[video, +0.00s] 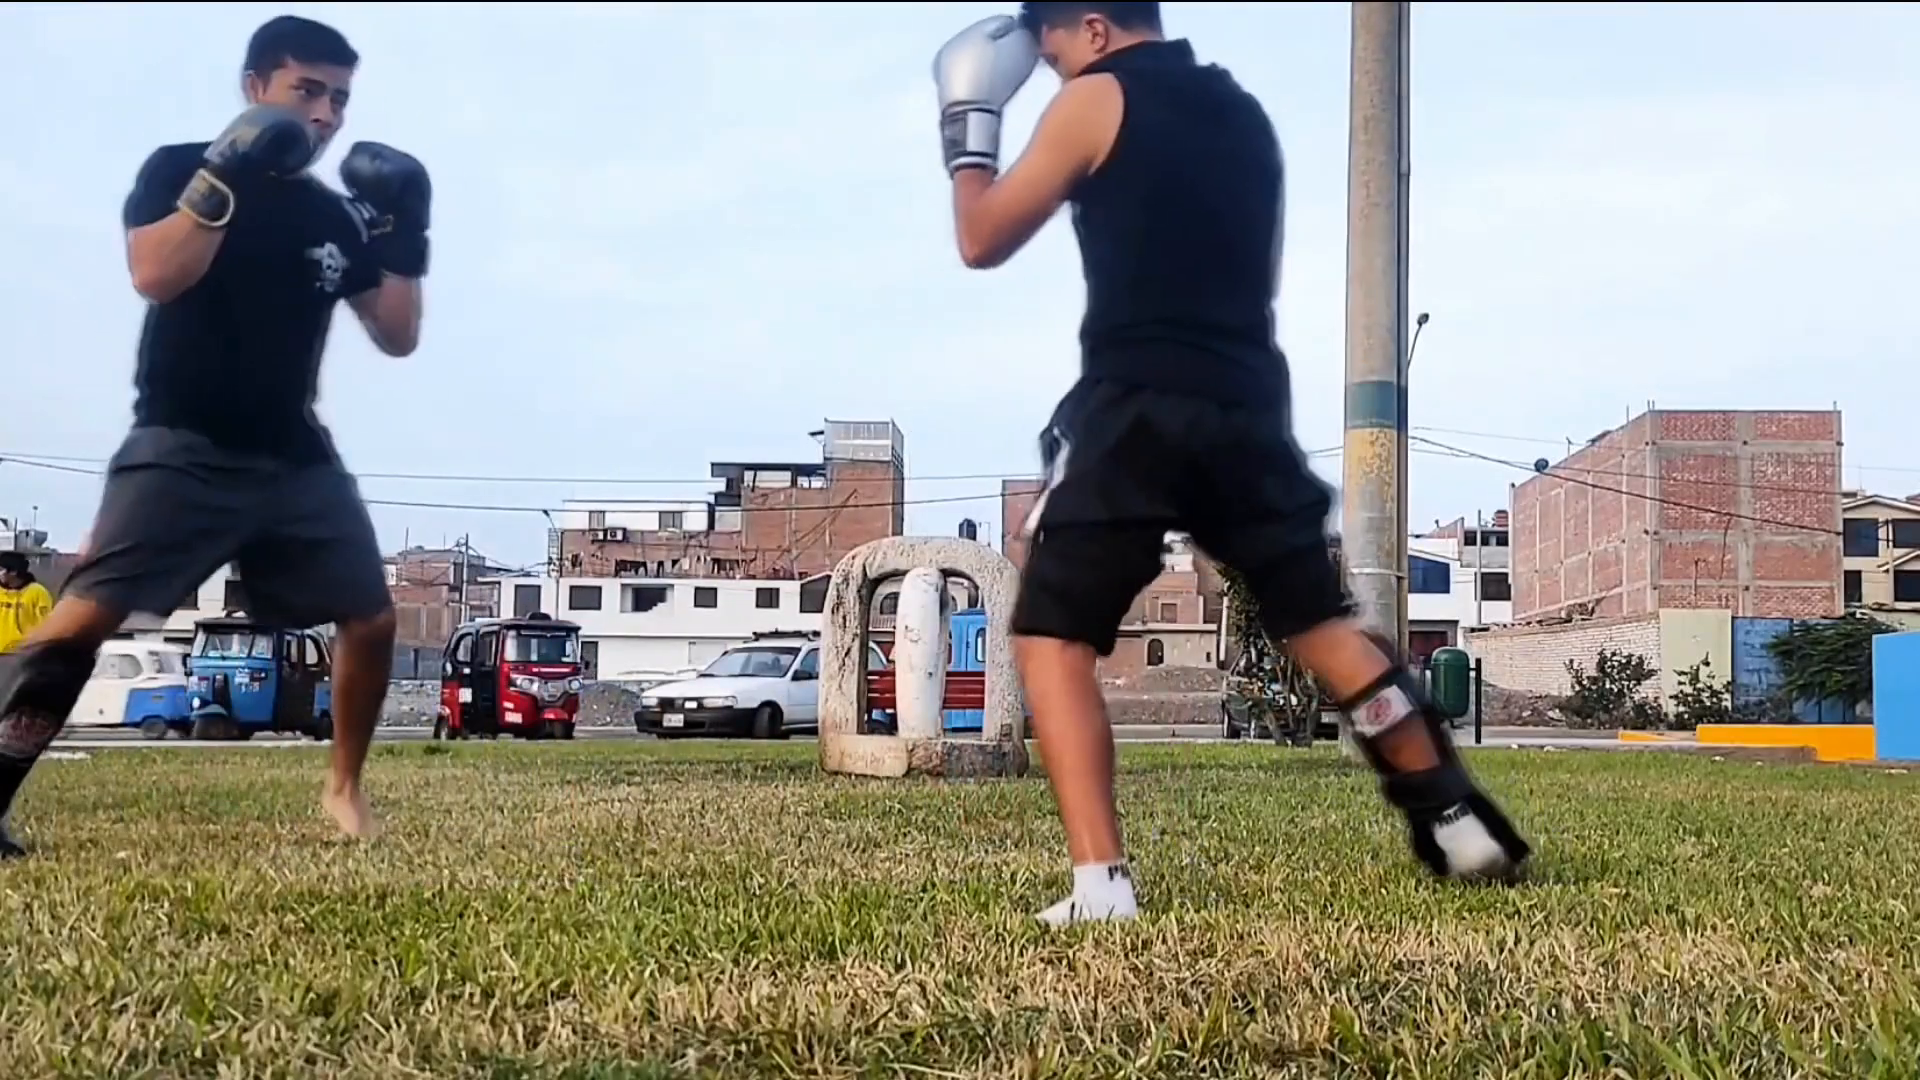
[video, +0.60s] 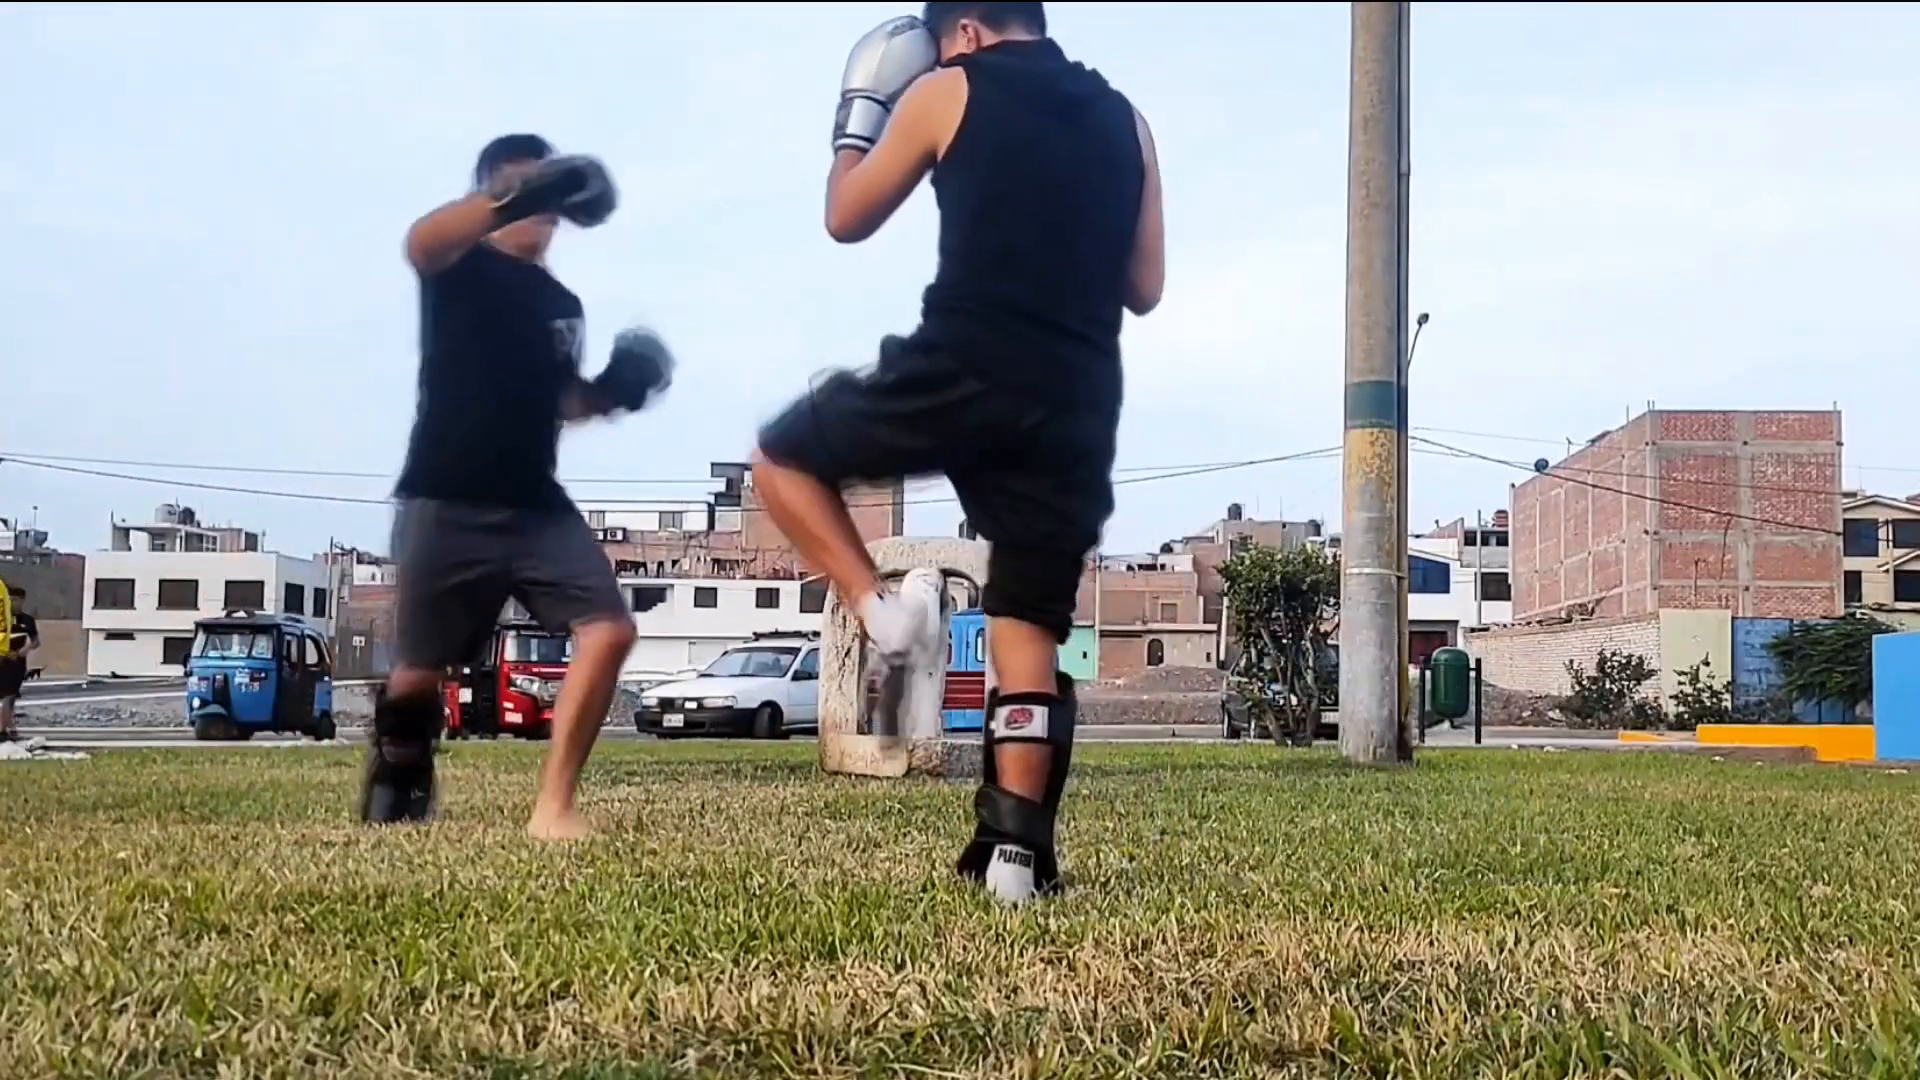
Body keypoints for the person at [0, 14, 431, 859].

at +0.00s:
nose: (324, 110)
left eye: (337, 97)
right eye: (309, 90)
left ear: (345, 107)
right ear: (256, 87)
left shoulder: (340, 215)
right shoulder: (181, 169)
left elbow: (398, 335)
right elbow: (155, 275)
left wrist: (405, 229)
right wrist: (222, 175)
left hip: (296, 455)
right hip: (181, 444)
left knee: (371, 617)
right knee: (85, 614)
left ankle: (345, 789)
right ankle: (0, 800)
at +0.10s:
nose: (366, 115)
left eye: (380, 101)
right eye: (349, 96)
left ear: (391, 110)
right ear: (302, 96)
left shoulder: (396, 211)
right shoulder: (247, 177)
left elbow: (468, 331)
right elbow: (195, 275)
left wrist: (451, 224)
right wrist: (253, 176)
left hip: (344, 457)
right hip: (231, 436)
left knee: (382, 624)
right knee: (136, 597)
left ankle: (333, 810)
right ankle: (35, 790)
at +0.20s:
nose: (405, 115)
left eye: (418, 101)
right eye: (387, 98)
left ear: (428, 110)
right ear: (345, 103)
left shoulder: (440, 213)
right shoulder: (297, 182)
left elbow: (509, 329)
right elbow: (236, 274)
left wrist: (491, 222)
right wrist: (292, 171)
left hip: (381, 458)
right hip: (272, 434)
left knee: (388, 628)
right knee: (219, 584)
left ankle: (339, 806)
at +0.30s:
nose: (436, 115)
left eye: (448, 101)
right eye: (419, 97)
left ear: (459, 113)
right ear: (377, 102)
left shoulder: (467, 216)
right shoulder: (321, 183)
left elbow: (514, 334)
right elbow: (271, 274)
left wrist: (514, 243)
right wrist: (334, 183)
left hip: (423, 444)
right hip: (321, 432)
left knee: (429, 610)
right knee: (298, 606)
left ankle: (367, 784)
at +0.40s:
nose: (459, 155)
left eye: (470, 145)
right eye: (444, 139)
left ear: (480, 158)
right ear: (401, 144)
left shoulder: (489, 254)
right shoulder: (351, 227)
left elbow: (523, 367)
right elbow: (293, 295)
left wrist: (542, 306)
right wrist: (368, 218)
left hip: (475, 474)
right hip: (377, 474)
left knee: (506, 603)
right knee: (376, 662)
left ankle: (435, 776)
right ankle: (389, 767)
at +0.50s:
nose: (483, 190)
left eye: (493, 180)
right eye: (468, 178)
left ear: (504, 193)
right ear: (429, 187)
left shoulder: (521, 289)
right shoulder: (390, 264)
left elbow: (532, 382)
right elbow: (336, 290)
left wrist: (576, 394)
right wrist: (419, 231)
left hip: (508, 503)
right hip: (412, 512)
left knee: (562, 608)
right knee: (397, 678)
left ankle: (532, 778)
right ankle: (410, 800)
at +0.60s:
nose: (550, 212)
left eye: (554, 198)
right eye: (537, 197)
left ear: (558, 205)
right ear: (501, 194)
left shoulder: (559, 300)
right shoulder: (455, 255)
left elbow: (557, 402)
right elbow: (422, 244)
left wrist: (614, 388)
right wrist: (523, 190)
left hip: (536, 508)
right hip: (444, 503)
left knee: (608, 629)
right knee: (415, 678)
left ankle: (555, 810)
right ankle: (395, 821)